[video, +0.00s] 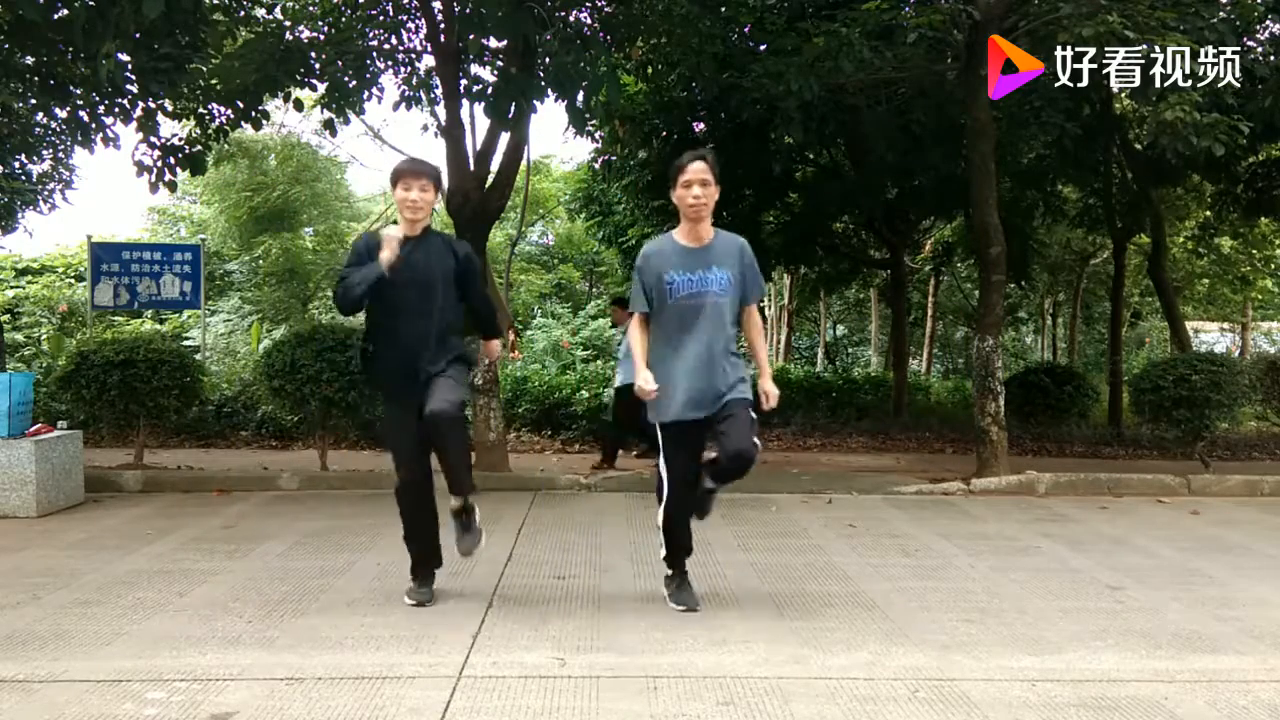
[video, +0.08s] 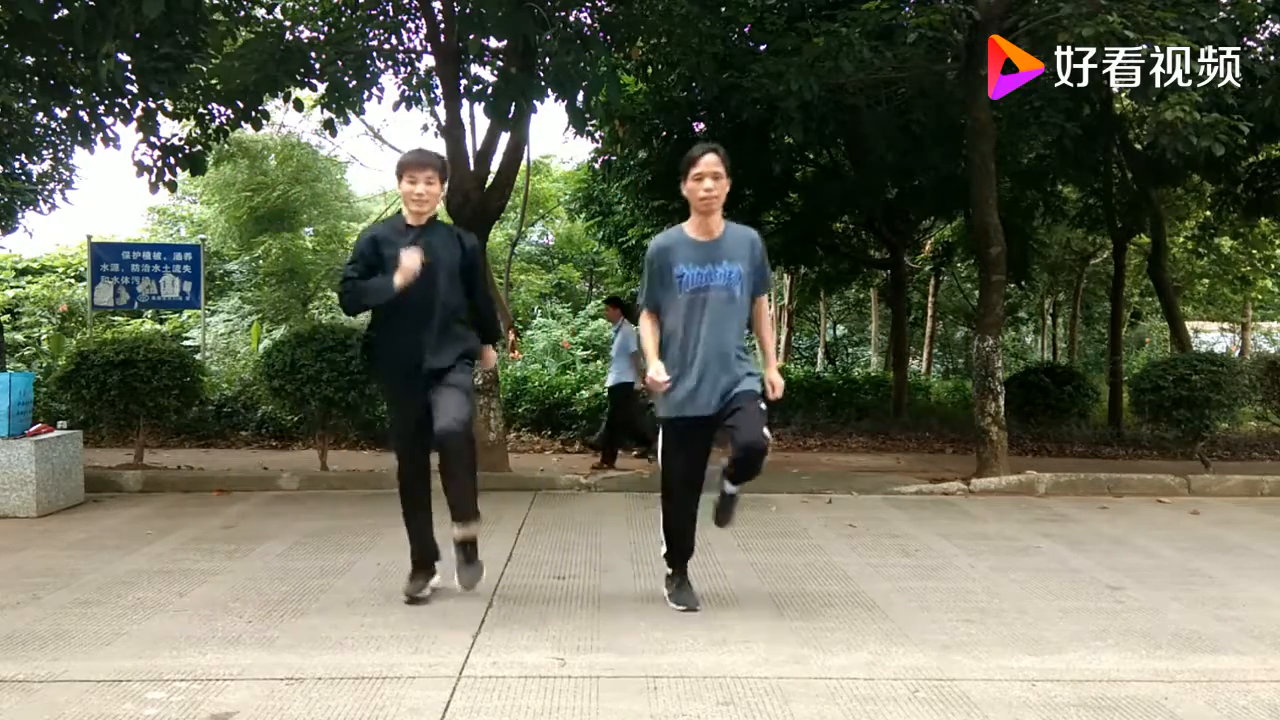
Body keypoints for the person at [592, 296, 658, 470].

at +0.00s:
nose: (612, 317)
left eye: (615, 312)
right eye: (612, 312)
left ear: (625, 312)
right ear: (625, 313)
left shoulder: (635, 330)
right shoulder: (627, 331)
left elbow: (639, 355)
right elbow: (628, 356)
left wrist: (641, 376)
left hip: (629, 382)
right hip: (624, 382)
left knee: (617, 424)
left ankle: (608, 458)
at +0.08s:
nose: (606, 314)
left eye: (608, 310)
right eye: (605, 311)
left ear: (617, 310)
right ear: (614, 311)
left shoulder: (627, 330)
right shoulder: (618, 330)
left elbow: (635, 356)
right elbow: (626, 357)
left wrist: (641, 377)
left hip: (624, 382)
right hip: (615, 382)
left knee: (614, 422)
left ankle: (607, 459)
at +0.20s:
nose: (592, 313)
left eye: (594, 309)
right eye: (592, 309)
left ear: (603, 309)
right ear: (601, 309)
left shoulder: (613, 328)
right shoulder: (607, 328)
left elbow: (615, 357)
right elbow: (610, 357)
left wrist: (613, 383)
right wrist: (600, 380)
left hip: (608, 383)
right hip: (601, 383)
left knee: (605, 423)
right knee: (603, 423)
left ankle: (607, 458)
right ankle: (606, 457)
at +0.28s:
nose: (584, 312)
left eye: (587, 308)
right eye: (584, 308)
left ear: (597, 309)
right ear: (595, 309)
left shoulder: (606, 328)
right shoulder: (601, 328)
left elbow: (605, 356)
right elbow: (600, 356)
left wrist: (596, 381)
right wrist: (591, 376)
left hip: (607, 379)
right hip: (601, 379)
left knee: (604, 418)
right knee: (601, 417)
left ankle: (607, 457)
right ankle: (600, 452)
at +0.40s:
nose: (570, 312)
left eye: (573, 308)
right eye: (571, 308)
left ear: (583, 310)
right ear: (583, 311)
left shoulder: (592, 327)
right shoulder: (586, 328)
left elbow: (585, 355)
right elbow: (585, 354)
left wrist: (571, 367)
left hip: (593, 383)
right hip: (585, 383)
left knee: (598, 423)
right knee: (569, 420)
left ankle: (605, 460)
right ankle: (552, 454)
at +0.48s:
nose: (564, 313)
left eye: (567, 309)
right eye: (564, 309)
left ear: (576, 311)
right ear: (576, 312)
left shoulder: (581, 329)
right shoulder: (583, 328)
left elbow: (576, 355)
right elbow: (578, 355)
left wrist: (555, 371)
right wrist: (559, 370)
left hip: (583, 383)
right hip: (581, 383)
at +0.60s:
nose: (547, 311)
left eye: (551, 307)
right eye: (547, 307)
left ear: (562, 310)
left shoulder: (569, 330)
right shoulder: (559, 332)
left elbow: (563, 355)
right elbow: (563, 356)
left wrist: (543, 369)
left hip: (566, 386)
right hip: (560, 386)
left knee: (546, 423)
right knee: (579, 423)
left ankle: (543, 456)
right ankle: (596, 452)